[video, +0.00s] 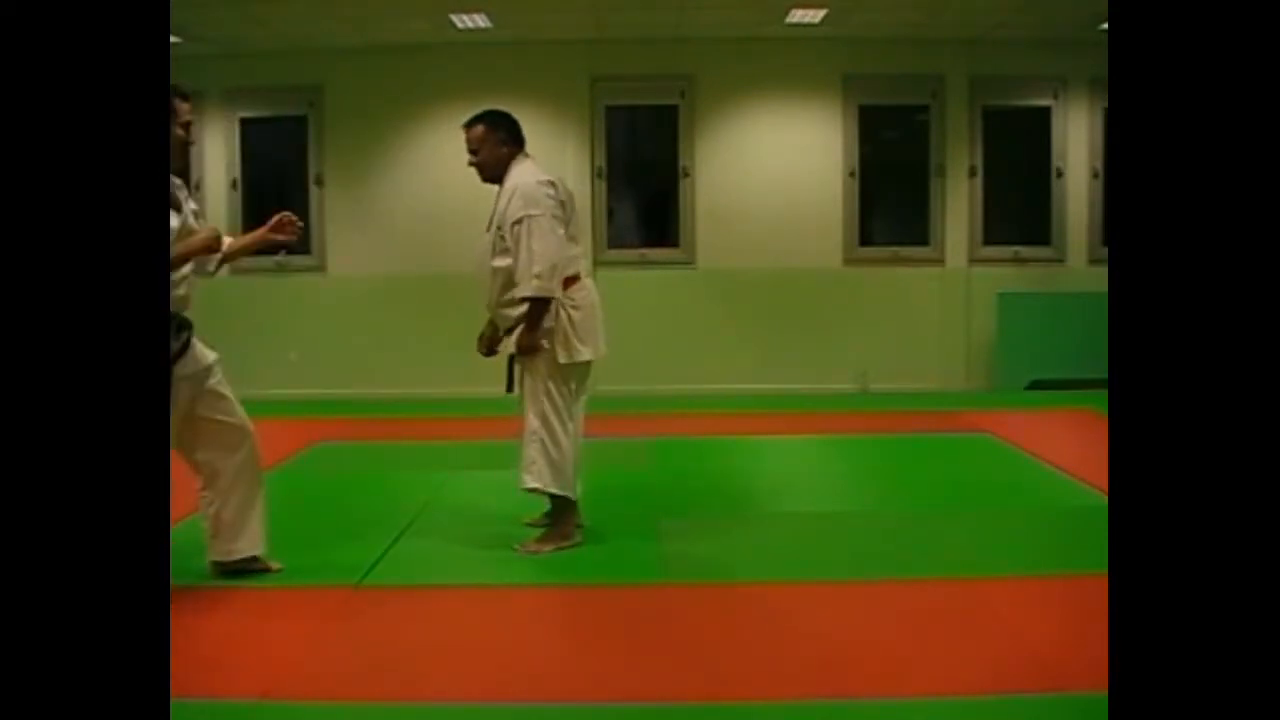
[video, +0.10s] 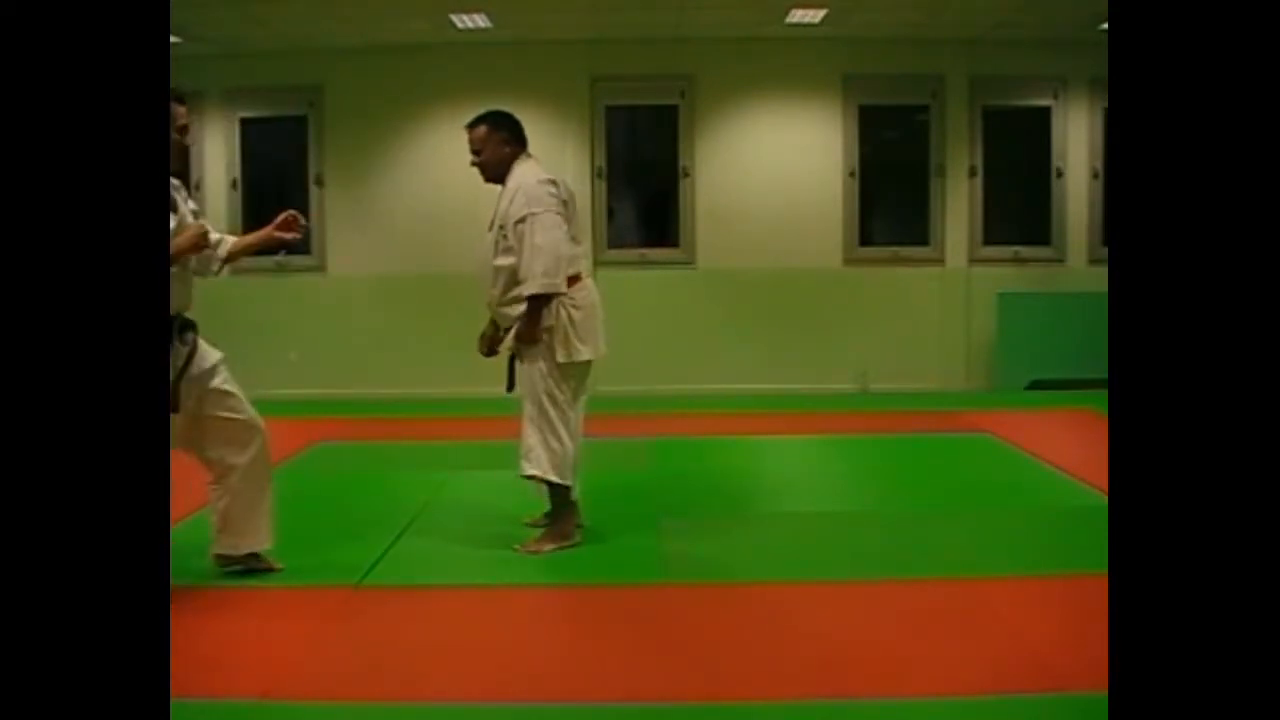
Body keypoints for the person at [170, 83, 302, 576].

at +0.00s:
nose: (189, 135)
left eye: (190, 126)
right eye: (181, 126)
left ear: (189, 129)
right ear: (163, 131)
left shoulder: (181, 196)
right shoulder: (170, 196)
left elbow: (201, 257)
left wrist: (260, 237)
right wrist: (190, 248)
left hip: (181, 346)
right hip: (175, 347)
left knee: (233, 441)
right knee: (229, 442)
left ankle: (234, 551)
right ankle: (233, 550)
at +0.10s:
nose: (187, 139)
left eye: (187, 129)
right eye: (179, 131)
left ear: (185, 132)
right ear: (164, 136)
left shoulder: (178, 195)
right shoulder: (172, 196)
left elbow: (206, 251)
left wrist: (264, 236)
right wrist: (176, 247)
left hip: (182, 344)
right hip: (176, 345)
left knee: (243, 435)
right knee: (239, 436)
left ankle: (238, 548)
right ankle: (237, 547)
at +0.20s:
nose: (188, 145)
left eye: (188, 136)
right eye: (182, 137)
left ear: (183, 139)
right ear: (166, 142)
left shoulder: (184, 199)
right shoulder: (174, 201)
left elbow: (218, 252)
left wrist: (277, 235)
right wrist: (183, 249)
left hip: (196, 346)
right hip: (174, 351)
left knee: (264, 432)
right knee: (173, 467)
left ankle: (265, 544)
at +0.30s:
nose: (200, 149)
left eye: (199, 140)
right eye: (192, 141)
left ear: (187, 146)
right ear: (170, 147)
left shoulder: (194, 201)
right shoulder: (167, 207)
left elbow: (234, 252)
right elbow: (172, 271)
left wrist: (293, 233)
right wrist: (189, 258)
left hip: (207, 349)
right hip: (175, 353)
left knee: (280, 429)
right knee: (175, 462)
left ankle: (301, 539)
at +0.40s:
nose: (232, 157)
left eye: (230, 148)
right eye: (223, 149)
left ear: (204, 154)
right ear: (192, 154)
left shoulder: (224, 207)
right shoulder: (172, 208)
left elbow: (268, 247)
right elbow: (177, 285)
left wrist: (330, 230)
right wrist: (216, 267)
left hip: (230, 354)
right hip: (182, 357)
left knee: (306, 432)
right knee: (175, 475)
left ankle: (361, 527)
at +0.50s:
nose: (264, 161)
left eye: (264, 152)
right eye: (257, 152)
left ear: (229, 155)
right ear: (226, 154)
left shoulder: (253, 206)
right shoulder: (187, 206)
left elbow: (307, 237)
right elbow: (194, 285)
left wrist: (369, 220)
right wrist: (253, 266)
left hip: (256, 355)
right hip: (200, 357)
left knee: (330, 436)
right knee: (178, 474)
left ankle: (384, 526)